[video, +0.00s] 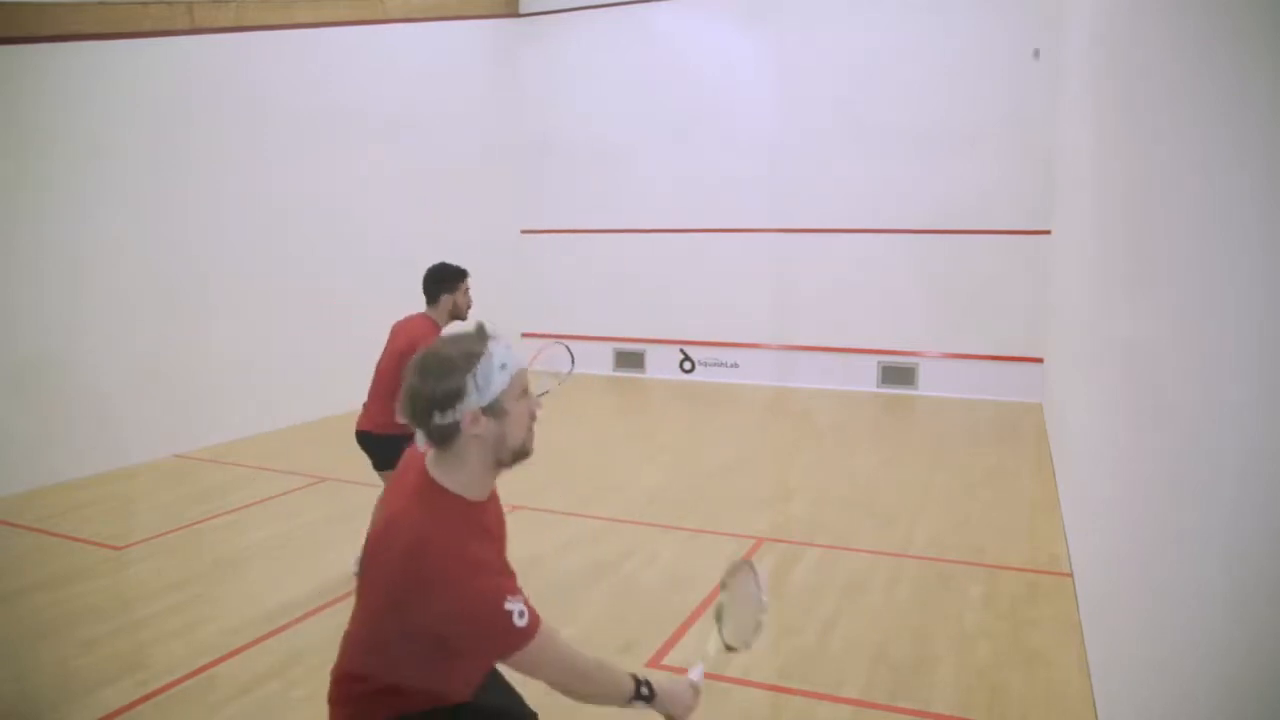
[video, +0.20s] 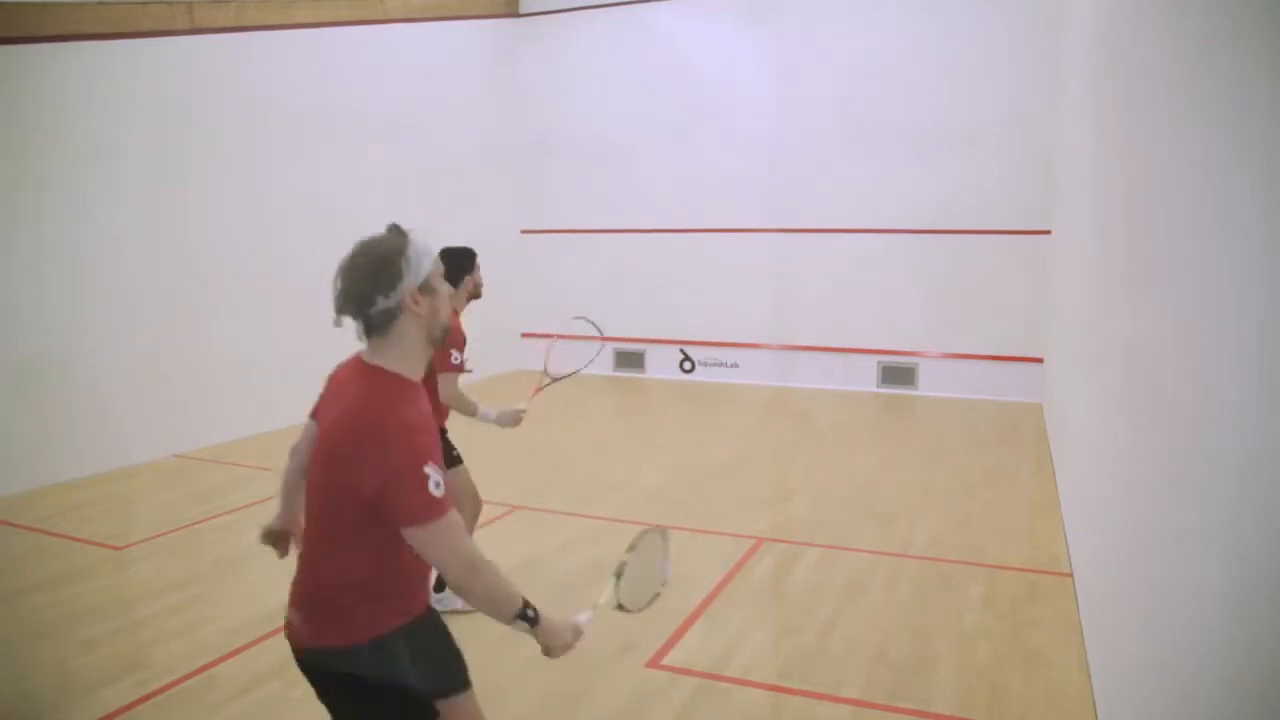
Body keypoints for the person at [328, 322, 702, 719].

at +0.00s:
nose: (536, 407)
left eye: (529, 393)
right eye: (523, 397)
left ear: (474, 422)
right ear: (476, 422)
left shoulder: (431, 462)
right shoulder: (452, 564)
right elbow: (569, 672)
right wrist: (651, 692)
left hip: (458, 673)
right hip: (395, 705)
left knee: (522, 713)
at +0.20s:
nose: (453, 298)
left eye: (448, 285)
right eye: (445, 285)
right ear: (416, 301)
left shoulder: (351, 375)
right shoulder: (400, 421)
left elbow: (301, 456)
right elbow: (460, 564)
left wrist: (287, 516)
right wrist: (538, 623)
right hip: (377, 632)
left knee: (457, 705)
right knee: (459, 709)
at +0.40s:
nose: (383, 259)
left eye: (377, 245)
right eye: (375, 246)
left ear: (312, 265)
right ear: (351, 257)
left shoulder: (266, 347)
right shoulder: (363, 366)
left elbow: (232, 453)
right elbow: (415, 503)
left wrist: (219, 537)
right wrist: (473, 575)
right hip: (299, 581)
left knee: (385, 669)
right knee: (349, 705)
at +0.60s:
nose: (335, 256)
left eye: (327, 245)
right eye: (325, 247)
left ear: (275, 269)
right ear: (303, 262)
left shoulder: (227, 344)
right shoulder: (318, 355)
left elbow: (191, 441)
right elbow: (350, 476)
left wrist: (189, 528)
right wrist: (392, 562)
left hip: (225, 540)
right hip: (279, 551)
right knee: (291, 696)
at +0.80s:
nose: (306, 245)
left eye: (300, 236)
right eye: (297, 239)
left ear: (257, 260)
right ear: (277, 256)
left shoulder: (207, 330)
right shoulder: (302, 335)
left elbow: (188, 430)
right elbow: (292, 438)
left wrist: (209, 494)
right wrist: (295, 527)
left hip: (213, 514)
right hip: (274, 521)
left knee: (231, 621)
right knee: (303, 640)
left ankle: (223, 715)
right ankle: (265, 716)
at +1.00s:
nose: (307, 244)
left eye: (301, 235)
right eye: (298, 237)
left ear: (253, 255)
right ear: (278, 250)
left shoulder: (217, 317)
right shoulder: (299, 321)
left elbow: (221, 402)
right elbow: (293, 412)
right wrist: (299, 494)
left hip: (225, 481)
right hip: (288, 481)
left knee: (232, 606)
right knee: (303, 570)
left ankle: (232, 712)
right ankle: (292, 664)